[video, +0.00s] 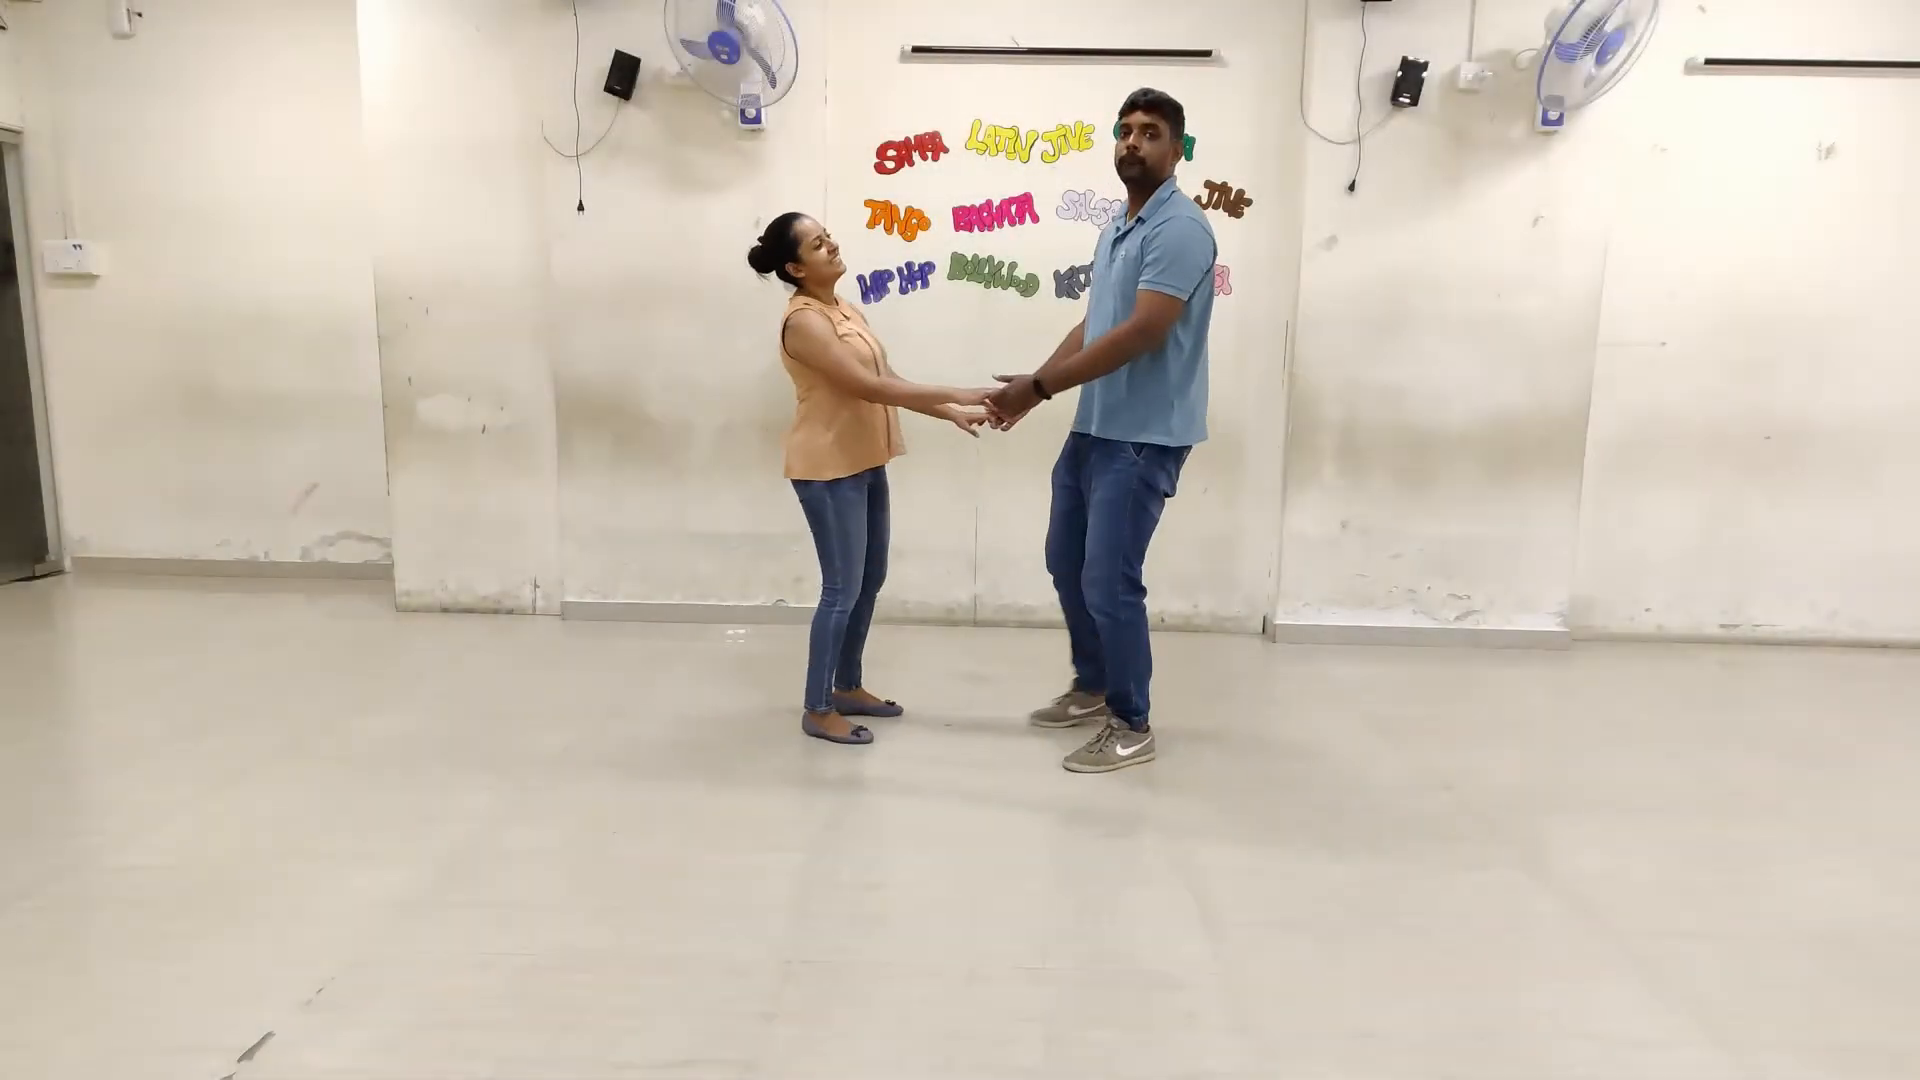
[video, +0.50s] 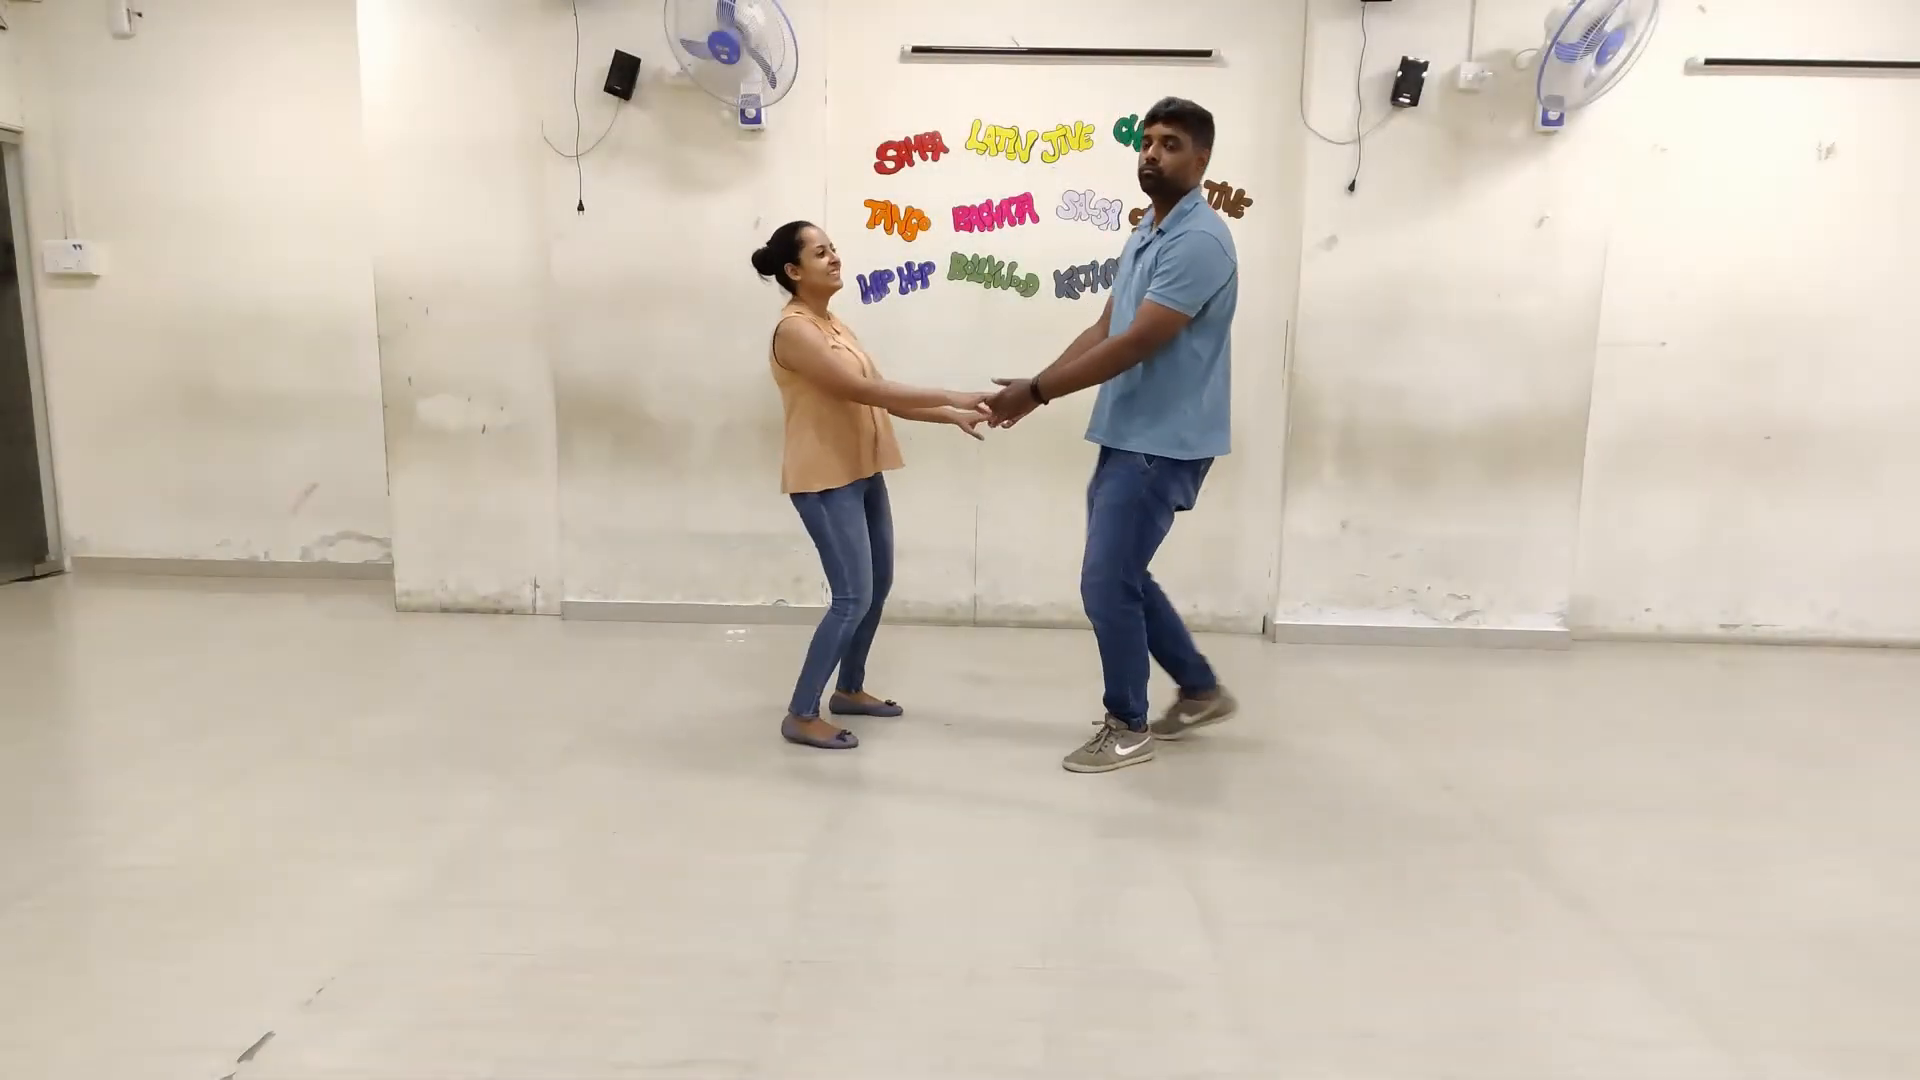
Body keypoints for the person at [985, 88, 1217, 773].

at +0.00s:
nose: (1133, 143)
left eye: (1150, 134)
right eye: (1126, 133)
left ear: (1177, 150)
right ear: (1115, 146)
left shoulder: (1183, 228)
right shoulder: (1116, 232)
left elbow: (1147, 330)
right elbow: (1090, 328)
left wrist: (1044, 384)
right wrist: (1032, 386)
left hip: (1145, 436)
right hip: (1095, 428)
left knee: (1111, 580)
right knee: (1067, 560)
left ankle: (1132, 727)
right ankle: (1096, 687)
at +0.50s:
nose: (1151, 153)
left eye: (1170, 144)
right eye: (1147, 142)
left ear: (1202, 161)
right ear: (1139, 153)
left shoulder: (1200, 240)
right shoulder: (1148, 233)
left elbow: (1142, 342)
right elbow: (1105, 329)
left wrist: (1039, 389)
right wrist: (1033, 389)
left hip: (1164, 442)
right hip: (1126, 435)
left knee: (1107, 583)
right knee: (1118, 574)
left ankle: (1127, 725)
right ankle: (1202, 689)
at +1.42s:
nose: (1055, 166)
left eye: (1067, 156)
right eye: (1058, 155)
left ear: (1104, 166)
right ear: (1101, 168)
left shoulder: (1116, 236)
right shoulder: (1116, 228)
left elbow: (1137, 340)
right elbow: (1129, 337)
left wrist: (1040, 364)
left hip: (1112, 437)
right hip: (1117, 433)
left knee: (1057, 569)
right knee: (1077, 557)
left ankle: (1086, 713)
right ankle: (1159, 667)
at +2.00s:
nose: (1135, 192)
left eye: (1151, 184)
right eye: (1140, 180)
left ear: (1191, 200)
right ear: (1156, 190)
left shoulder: (1207, 269)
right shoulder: (1157, 268)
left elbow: (1176, 371)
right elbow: (1108, 349)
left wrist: (1071, 394)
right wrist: (1030, 387)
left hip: (1183, 460)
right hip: (1166, 456)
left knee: (1087, 570)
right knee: (1157, 587)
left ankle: (1079, 712)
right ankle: (1251, 697)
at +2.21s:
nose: (1178, 176)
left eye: (1192, 168)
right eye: (1182, 165)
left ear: (1229, 180)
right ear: (1225, 182)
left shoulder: (1232, 240)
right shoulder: (1242, 240)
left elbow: (1160, 334)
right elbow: (1202, 348)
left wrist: (1063, 323)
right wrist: (1130, 392)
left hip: (1232, 438)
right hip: (1262, 438)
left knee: (1149, 560)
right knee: (1209, 571)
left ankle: (1157, 721)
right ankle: (1259, 708)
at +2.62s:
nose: (1174, 196)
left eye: (1189, 188)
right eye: (1176, 186)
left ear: (1231, 202)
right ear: (1183, 197)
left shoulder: (1246, 262)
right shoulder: (1185, 275)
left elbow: (1199, 357)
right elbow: (1161, 356)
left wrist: (1112, 334)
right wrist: (1115, 411)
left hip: (1240, 460)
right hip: (1199, 459)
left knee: (1146, 582)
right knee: (1196, 595)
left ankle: (1102, 720)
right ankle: (1282, 703)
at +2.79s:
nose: (1169, 190)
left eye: (1185, 181)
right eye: (1160, 179)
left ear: (1207, 194)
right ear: (1146, 190)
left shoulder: (1225, 249)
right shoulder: (1121, 273)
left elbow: (1184, 327)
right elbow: (1099, 363)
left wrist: (1100, 287)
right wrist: (1080, 426)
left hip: (1190, 463)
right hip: (1131, 462)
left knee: (1112, 602)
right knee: (1120, 601)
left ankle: (1093, 724)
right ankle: (1233, 661)